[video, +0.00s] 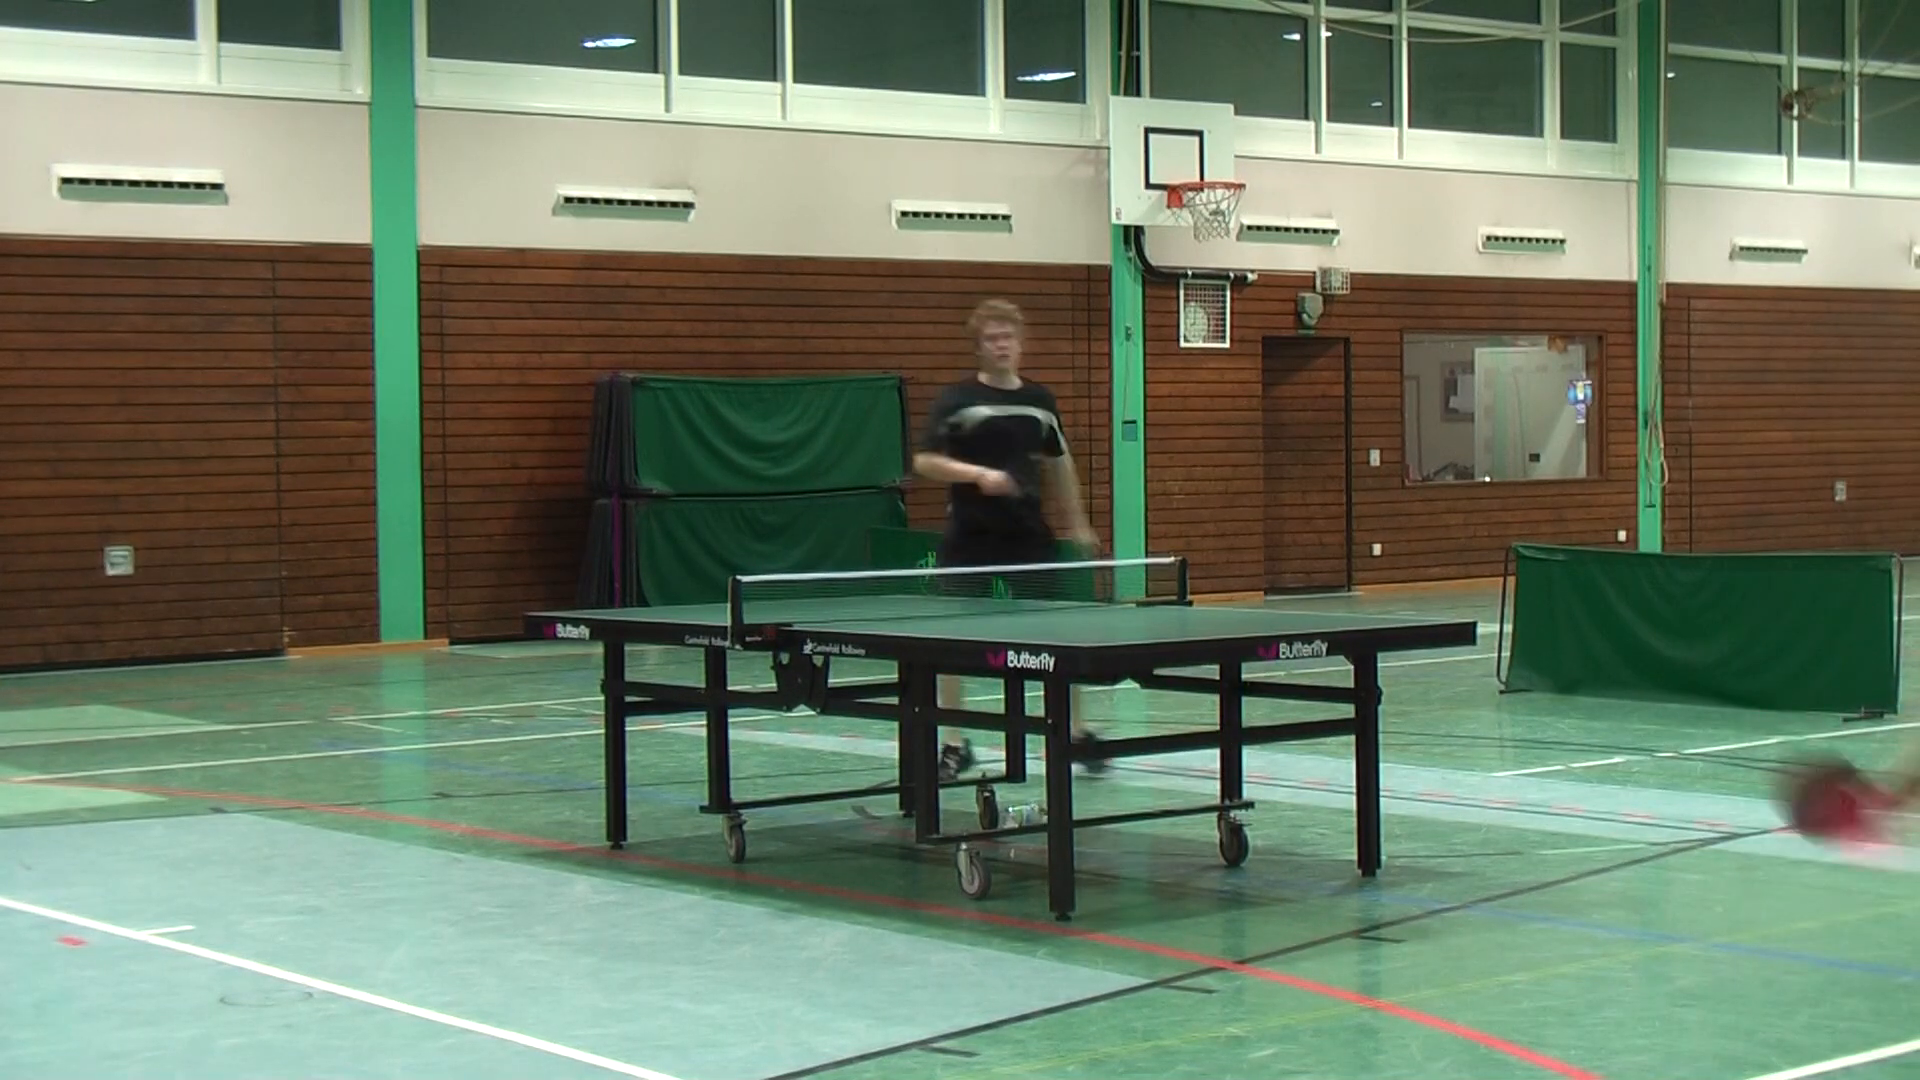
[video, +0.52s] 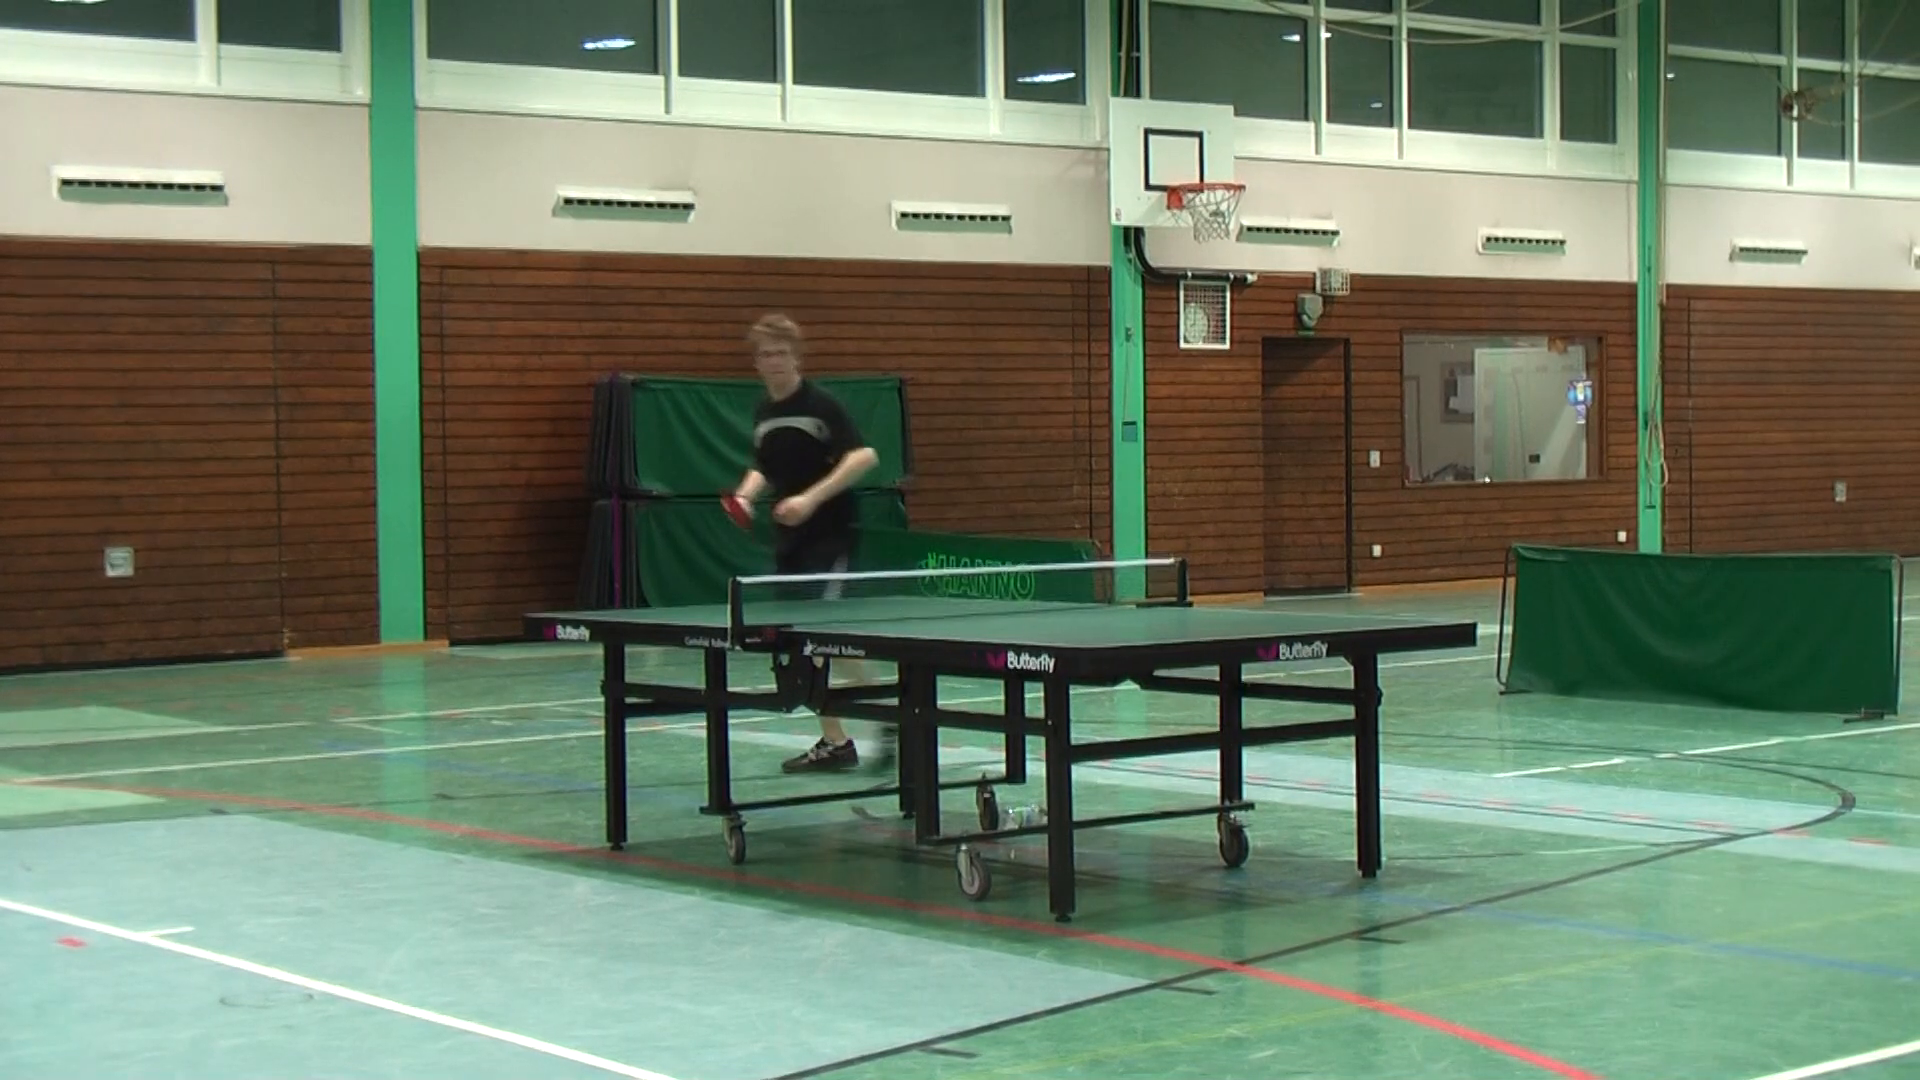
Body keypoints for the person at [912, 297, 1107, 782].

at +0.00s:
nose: (999, 346)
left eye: (1006, 337)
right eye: (990, 339)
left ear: (1021, 341)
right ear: (975, 346)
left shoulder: (1039, 400)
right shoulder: (956, 399)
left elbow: (1060, 466)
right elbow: (924, 461)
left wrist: (1077, 524)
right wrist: (978, 473)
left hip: (1030, 539)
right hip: (970, 541)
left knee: (1060, 634)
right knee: (951, 645)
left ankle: (1070, 729)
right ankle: (952, 743)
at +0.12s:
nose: (953, 361)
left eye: (961, 352)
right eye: (944, 354)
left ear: (976, 355)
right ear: (931, 362)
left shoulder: (1006, 408)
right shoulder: (917, 418)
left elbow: (1066, 448)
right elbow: (888, 476)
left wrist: (1120, 490)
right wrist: (905, 506)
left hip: (995, 556)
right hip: (930, 559)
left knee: (1024, 651)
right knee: (896, 643)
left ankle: (1050, 737)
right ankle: (892, 737)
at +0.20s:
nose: (922, 378)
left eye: (930, 370)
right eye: (913, 372)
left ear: (944, 372)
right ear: (899, 379)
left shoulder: (975, 422)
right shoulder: (893, 439)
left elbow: (1033, 447)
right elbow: (868, 498)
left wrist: (1079, 479)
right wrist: (861, 538)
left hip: (976, 568)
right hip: (912, 571)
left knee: (1019, 652)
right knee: (865, 640)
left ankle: (1050, 739)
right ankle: (853, 740)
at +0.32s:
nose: (860, 384)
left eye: (867, 376)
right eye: (851, 377)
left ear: (882, 378)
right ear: (839, 385)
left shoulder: (910, 427)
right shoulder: (840, 443)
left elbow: (967, 463)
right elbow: (833, 503)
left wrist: (967, 494)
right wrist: (811, 545)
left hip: (923, 570)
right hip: (867, 572)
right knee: (815, 636)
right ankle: (838, 741)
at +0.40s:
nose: (824, 376)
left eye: (831, 368)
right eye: (815, 370)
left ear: (845, 370)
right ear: (803, 376)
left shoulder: (871, 421)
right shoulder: (808, 428)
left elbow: (920, 470)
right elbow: (807, 486)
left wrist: (888, 509)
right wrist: (785, 527)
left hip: (881, 560)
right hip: (830, 560)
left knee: (924, 647)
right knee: (803, 647)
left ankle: (993, 720)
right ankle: (836, 740)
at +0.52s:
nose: (774, 363)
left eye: (782, 354)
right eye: (766, 356)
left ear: (798, 356)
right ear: (756, 363)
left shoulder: (821, 404)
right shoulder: (764, 412)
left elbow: (863, 456)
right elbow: (765, 465)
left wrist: (809, 498)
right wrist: (745, 494)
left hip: (831, 539)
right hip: (791, 540)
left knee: (826, 633)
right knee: (799, 641)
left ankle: (888, 714)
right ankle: (835, 739)